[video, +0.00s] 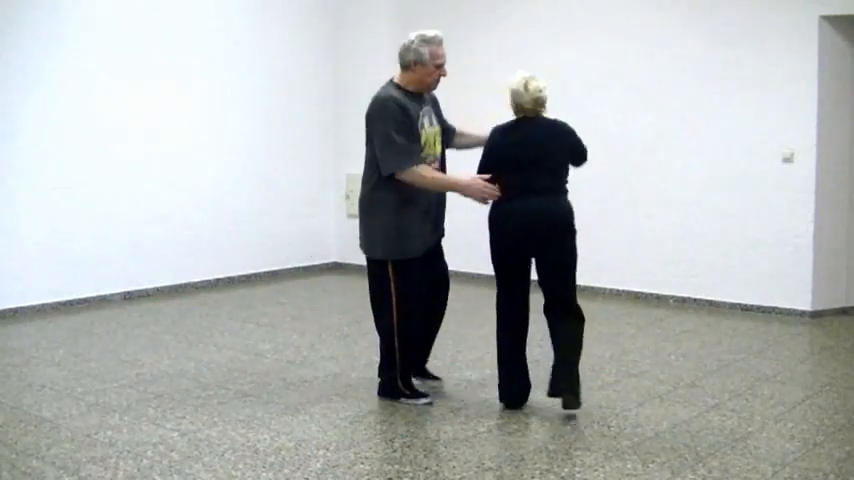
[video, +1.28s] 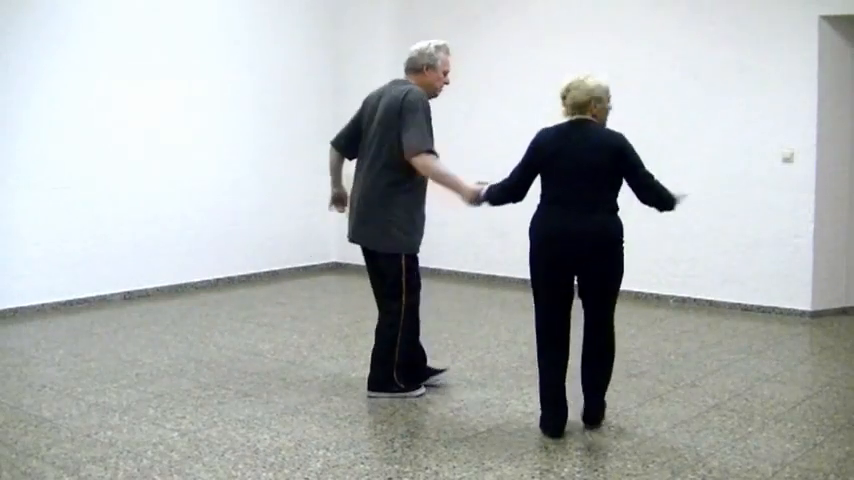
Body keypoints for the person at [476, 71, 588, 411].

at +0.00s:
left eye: (516, 100)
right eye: (540, 98)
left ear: (513, 104)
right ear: (544, 101)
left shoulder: (500, 135)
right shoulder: (559, 131)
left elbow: (483, 178)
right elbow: (580, 157)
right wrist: (550, 138)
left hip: (509, 226)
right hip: (554, 224)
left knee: (511, 304)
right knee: (562, 301)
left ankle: (512, 392)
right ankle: (566, 383)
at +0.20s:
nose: (525, 110)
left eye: (527, 105)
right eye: (526, 104)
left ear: (537, 109)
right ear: (560, 110)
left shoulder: (526, 142)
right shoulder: (581, 144)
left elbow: (500, 197)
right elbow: (575, 189)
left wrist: (474, 181)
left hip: (533, 239)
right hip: (579, 239)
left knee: (522, 315)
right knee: (578, 318)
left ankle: (513, 394)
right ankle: (582, 405)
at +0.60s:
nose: (546, 106)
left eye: (549, 101)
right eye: (547, 100)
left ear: (557, 106)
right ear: (584, 107)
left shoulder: (550, 140)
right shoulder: (603, 144)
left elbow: (515, 190)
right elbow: (614, 199)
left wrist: (476, 184)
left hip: (558, 245)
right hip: (601, 247)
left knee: (547, 321)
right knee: (588, 326)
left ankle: (557, 406)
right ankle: (585, 409)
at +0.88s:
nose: (552, 102)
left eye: (554, 98)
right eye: (554, 97)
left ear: (562, 101)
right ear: (590, 102)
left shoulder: (551, 134)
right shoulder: (608, 133)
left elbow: (510, 178)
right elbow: (631, 167)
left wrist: (483, 159)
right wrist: (598, 153)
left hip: (559, 234)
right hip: (605, 236)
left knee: (540, 309)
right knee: (594, 319)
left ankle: (549, 394)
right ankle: (584, 408)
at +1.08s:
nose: (559, 107)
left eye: (560, 103)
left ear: (562, 107)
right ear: (595, 108)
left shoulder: (547, 141)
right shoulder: (612, 143)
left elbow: (507, 189)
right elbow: (649, 182)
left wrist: (462, 187)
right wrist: (619, 160)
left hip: (553, 248)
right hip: (602, 249)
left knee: (549, 327)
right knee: (592, 327)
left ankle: (551, 417)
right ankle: (584, 408)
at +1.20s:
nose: (602, 113)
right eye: (601, 108)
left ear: (561, 109)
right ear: (597, 111)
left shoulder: (544, 142)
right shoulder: (612, 145)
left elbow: (509, 192)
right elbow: (655, 198)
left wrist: (465, 198)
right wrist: (636, 202)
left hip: (550, 247)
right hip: (603, 249)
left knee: (550, 329)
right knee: (595, 325)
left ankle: (553, 420)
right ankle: (586, 408)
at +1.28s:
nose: (609, 113)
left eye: (609, 107)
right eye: (608, 107)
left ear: (567, 106)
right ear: (597, 107)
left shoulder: (546, 139)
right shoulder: (613, 142)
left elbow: (515, 187)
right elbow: (645, 187)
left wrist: (485, 194)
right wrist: (669, 201)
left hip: (550, 247)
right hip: (601, 248)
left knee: (551, 330)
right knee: (599, 325)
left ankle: (552, 421)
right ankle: (593, 412)